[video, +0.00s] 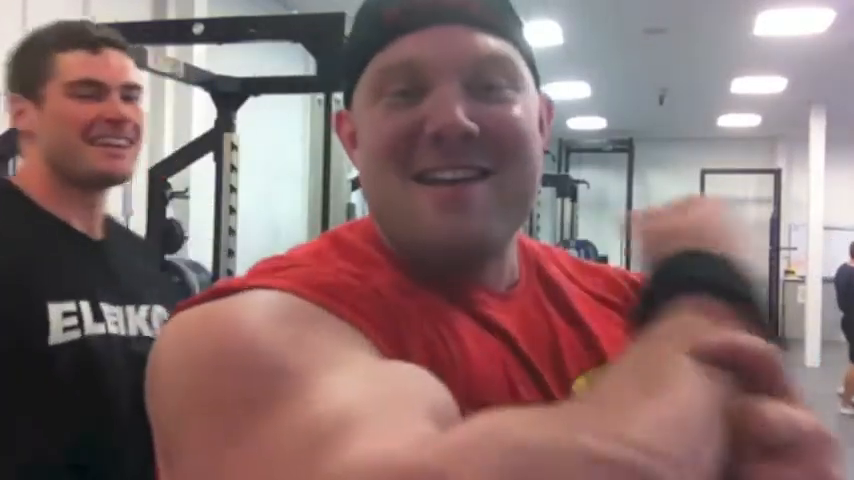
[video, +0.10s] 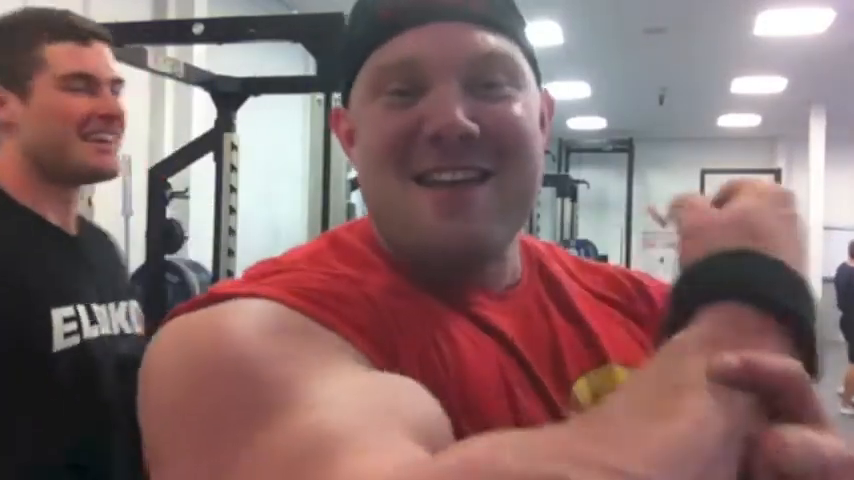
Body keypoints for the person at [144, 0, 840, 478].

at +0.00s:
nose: (450, 121)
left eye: (489, 87)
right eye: (404, 92)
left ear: (543, 127)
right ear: (350, 138)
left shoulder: (639, 302)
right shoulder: (243, 338)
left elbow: (782, 447)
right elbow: (411, 466)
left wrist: (791, 450)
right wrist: (702, 295)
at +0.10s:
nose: (449, 122)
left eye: (489, 86)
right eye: (402, 91)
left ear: (546, 126)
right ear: (348, 138)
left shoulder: (651, 308)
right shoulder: (235, 344)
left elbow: (817, 448)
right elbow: (401, 464)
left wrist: (798, 445)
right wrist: (740, 304)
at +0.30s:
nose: (447, 121)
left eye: (486, 83)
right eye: (399, 89)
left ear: (547, 120)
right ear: (343, 136)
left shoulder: (607, 293)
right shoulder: (221, 356)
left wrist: (765, 453)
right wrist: (646, 263)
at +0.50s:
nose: (461, 118)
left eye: (501, 78)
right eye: (410, 86)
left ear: (562, 113)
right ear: (352, 133)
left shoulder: (621, 291)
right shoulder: (227, 358)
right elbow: (619, 455)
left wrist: (800, 449)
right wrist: (655, 255)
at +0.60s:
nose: (488, 110)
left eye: (528, 74)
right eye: (434, 79)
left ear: (582, 105)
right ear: (367, 129)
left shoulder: (711, 326)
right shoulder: (244, 367)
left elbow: (794, 456)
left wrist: (798, 372)